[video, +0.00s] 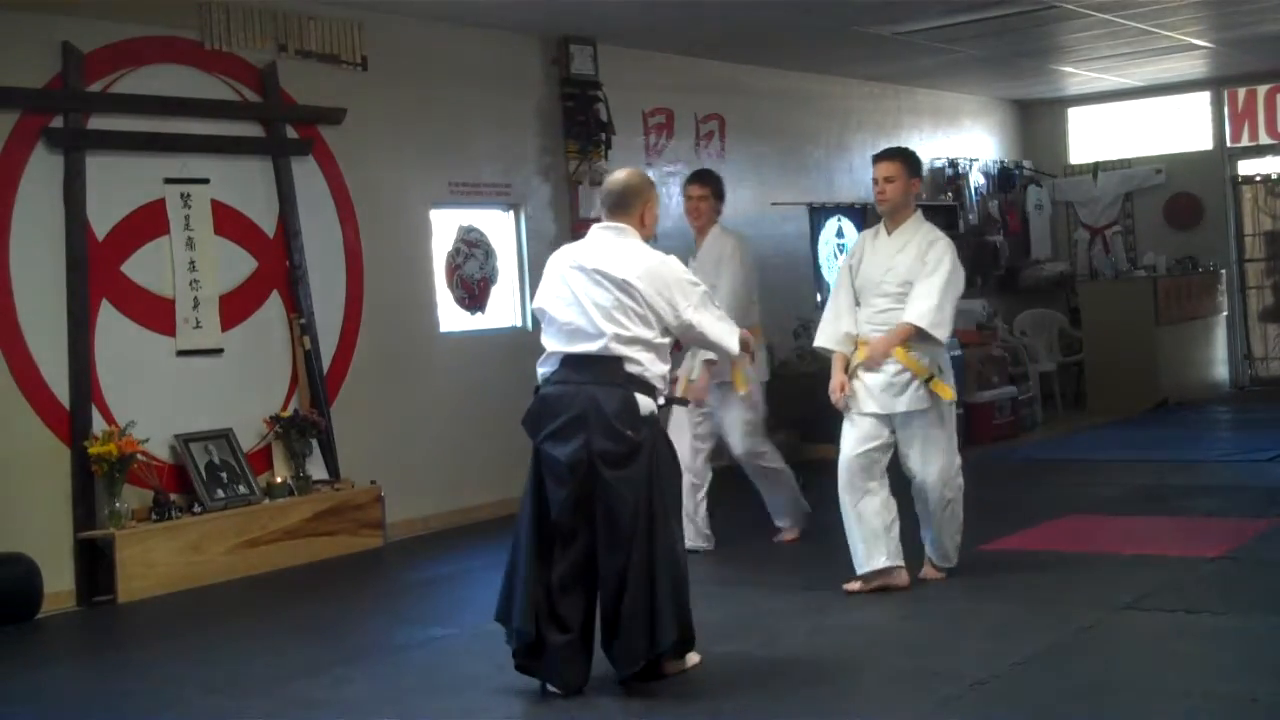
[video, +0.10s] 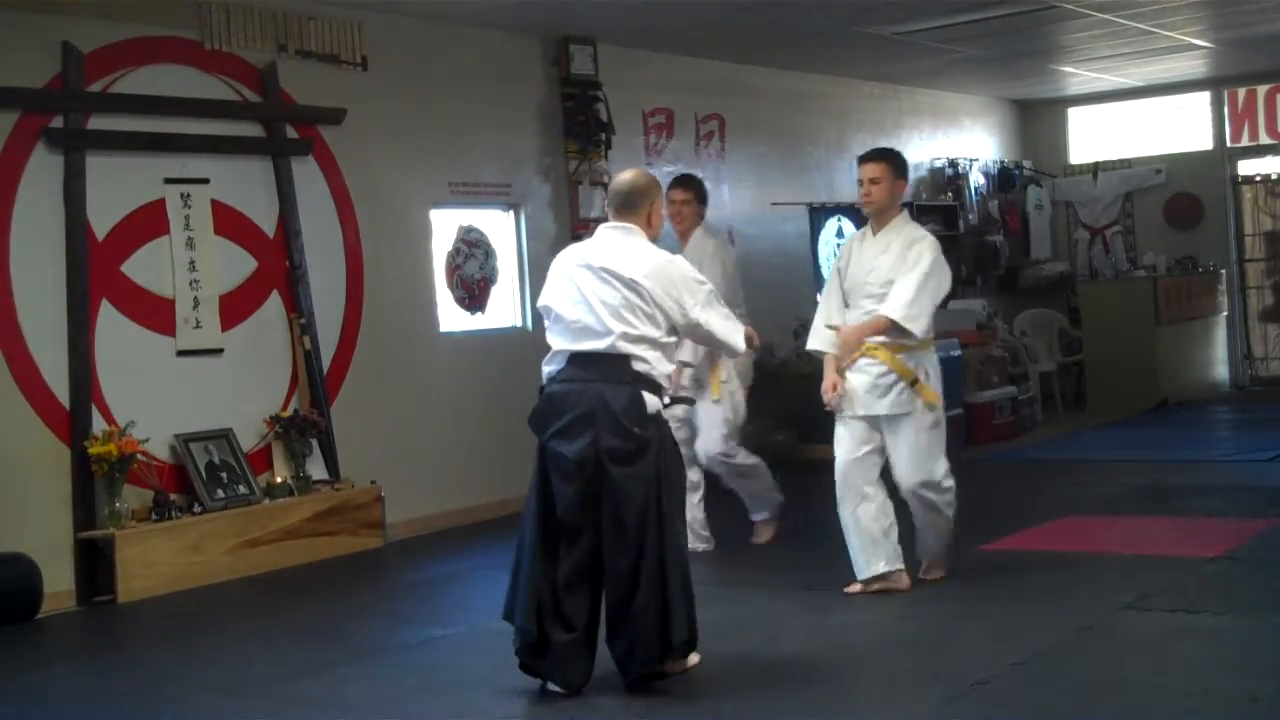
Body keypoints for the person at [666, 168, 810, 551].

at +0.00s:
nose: (694, 207)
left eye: (702, 199)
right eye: (689, 200)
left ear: (718, 204)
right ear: (683, 205)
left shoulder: (731, 246)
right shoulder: (700, 252)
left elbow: (729, 312)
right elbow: (702, 312)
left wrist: (702, 369)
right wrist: (683, 364)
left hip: (736, 360)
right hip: (700, 360)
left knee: (745, 443)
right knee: (687, 450)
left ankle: (792, 514)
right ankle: (695, 534)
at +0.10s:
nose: (678, 211)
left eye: (686, 204)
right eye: (673, 204)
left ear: (701, 208)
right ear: (666, 209)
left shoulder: (711, 249)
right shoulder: (688, 250)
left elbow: (704, 317)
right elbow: (689, 310)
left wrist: (684, 366)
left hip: (723, 356)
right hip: (685, 357)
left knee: (713, 449)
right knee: (677, 446)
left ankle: (766, 504)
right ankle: (694, 534)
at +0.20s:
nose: (662, 213)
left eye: (669, 206)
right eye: (659, 206)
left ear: (686, 210)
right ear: (656, 209)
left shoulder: (701, 246)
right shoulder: (658, 252)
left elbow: (706, 314)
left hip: (713, 352)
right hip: (676, 354)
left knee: (697, 439)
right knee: (681, 442)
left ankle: (727, 522)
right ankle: (693, 529)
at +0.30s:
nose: (654, 214)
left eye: (660, 207)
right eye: (654, 207)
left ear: (673, 209)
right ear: (654, 208)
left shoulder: (690, 249)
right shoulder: (635, 253)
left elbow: (698, 313)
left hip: (705, 355)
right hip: (661, 358)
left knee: (683, 431)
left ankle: (695, 537)